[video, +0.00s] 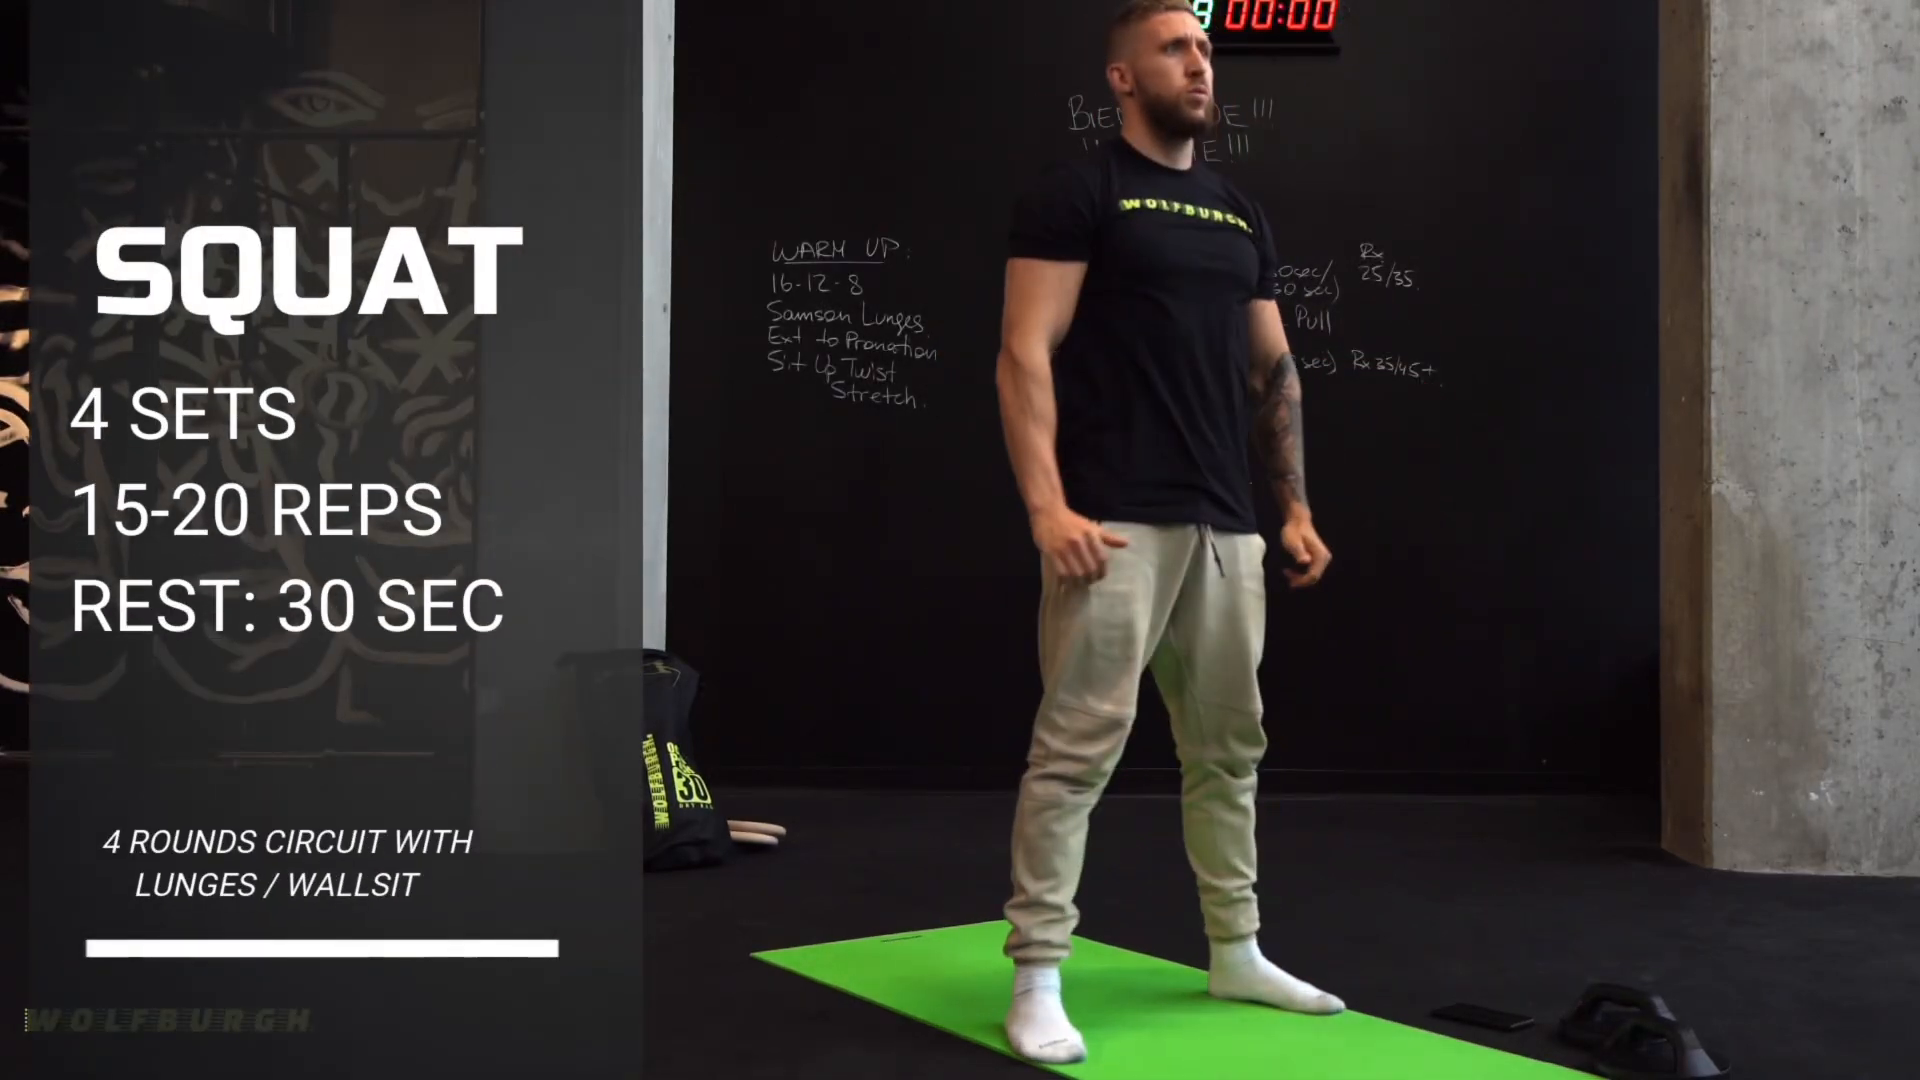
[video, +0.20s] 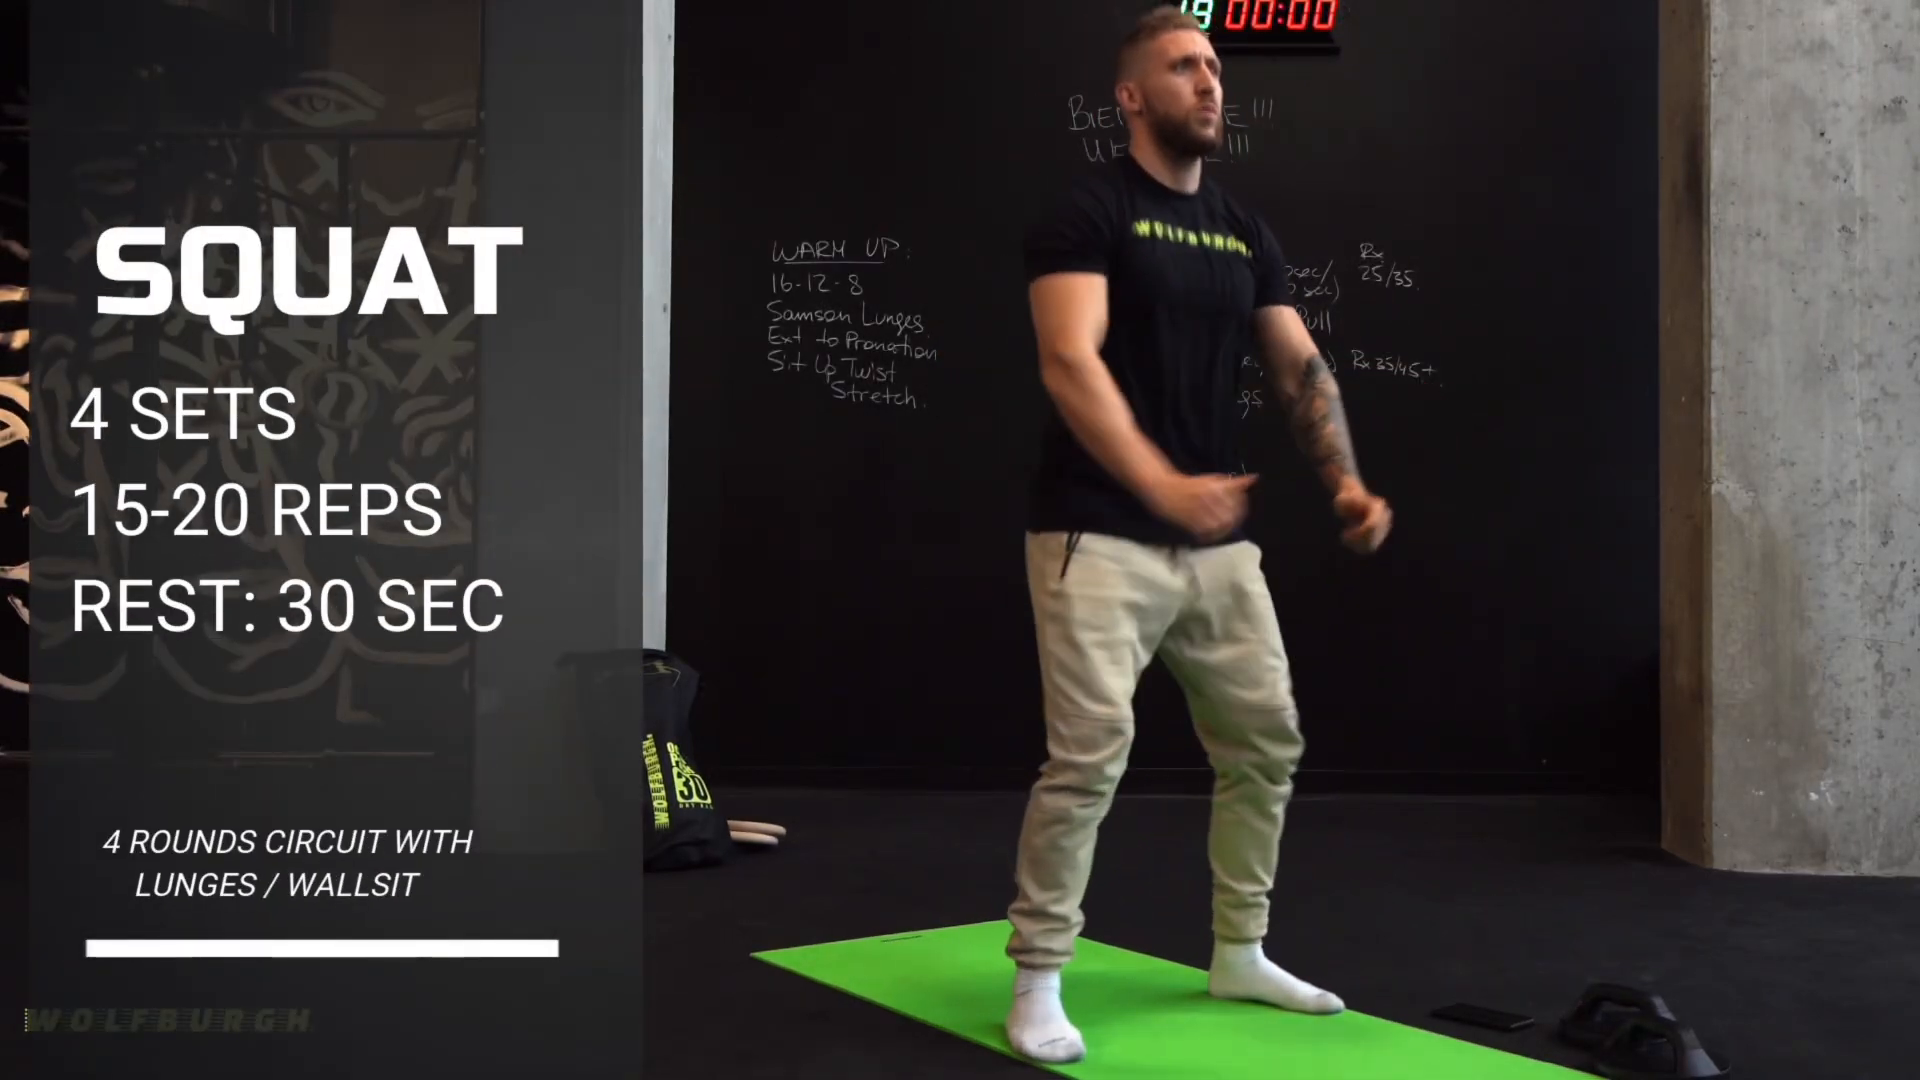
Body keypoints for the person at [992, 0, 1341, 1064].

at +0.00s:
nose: (1199, 64)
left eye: (1204, 49)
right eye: (1175, 50)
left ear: (1212, 75)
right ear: (1121, 77)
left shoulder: (1235, 206)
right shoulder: (1076, 193)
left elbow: (1274, 368)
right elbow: (1024, 357)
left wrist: (1292, 501)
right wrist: (1047, 508)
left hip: (1227, 525)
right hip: (1111, 520)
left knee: (1228, 746)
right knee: (1076, 749)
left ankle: (1236, 956)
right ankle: (1038, 977)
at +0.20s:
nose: (1208, 82)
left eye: (1212, 66)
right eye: (1181, 68)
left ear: (1221, 93)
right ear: (1128, 96)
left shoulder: (1242, 228)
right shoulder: (1083, 212)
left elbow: (1300, 365)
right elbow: (1068, 365)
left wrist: (1342, 477)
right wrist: (1165, 485)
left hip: (1217, 541)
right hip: (1099, 538)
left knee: (1263, 743)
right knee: (1090, 752)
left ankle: (1240, 956)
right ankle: (1039, 983)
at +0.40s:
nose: (1228, 220)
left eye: (1234, 204)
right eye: (1204, 204)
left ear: (1242, 222)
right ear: (1148, 226)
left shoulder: (1252, 346)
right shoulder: (1100, 337)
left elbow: (1346, 441)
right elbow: (1153, 439)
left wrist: (1401, 453)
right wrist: (1328, 444)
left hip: (1189, 616)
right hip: (1067, 614)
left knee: (1308, 754)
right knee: (1095, 756)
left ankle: (1241, 958)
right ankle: (1040, 982)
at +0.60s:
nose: (1243, 377)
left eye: (1247, 359)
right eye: (1218, 361)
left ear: (1256, 374)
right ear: (1161, 382)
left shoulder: (1256, 477)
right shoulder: (1117, 472)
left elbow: (1380, 531)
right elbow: (1191, 524)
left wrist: (1421, 492)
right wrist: (1360, 470)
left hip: (1177, 711)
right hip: (1059, 709)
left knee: (1320, 761)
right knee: (1107, 773)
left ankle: (1244, 961)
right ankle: (1042, 989)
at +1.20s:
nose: (1242, 249)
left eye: (1246, 232)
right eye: (1218, 233)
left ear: (1253, 248)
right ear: (1160, 251)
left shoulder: (1257, 360)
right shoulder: (1118, 353)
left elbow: (1348, 431)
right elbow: (1180, 441)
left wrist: (1411, 456)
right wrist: (1348, 457)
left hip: (1200, 629)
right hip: (1082, 632)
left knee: (1325, 760)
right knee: (1118, 768)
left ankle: (1243, 961)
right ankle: (1044, 983)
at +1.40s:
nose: (1224, 88)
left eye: (1229, 73)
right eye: (1198, 74)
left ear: (1239, 99)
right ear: (1146, 101)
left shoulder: (1258, 234)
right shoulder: (1104, 211)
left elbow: (1320, 369)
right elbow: (1096, 366)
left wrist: (1359, 476)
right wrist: (1185, 495)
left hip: (1227, 543)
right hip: (1112, 539)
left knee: (1276, 742)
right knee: (1103, 749)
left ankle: (1241, 957)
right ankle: (1042, 983)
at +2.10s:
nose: (1233, 220)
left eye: (1238, 205)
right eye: (1209, 204)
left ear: (1244, 224)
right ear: (1153, 226)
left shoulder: (1253, 348)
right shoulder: (1106, 332)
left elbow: (1345, 412)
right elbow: (1163, 421)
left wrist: (1413, 435)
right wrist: (1337, 429)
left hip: (1194, 620)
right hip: (1075, 621)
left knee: (1317, 757)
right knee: (1104, 762)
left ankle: (1242, 959)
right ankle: (1041, 984)